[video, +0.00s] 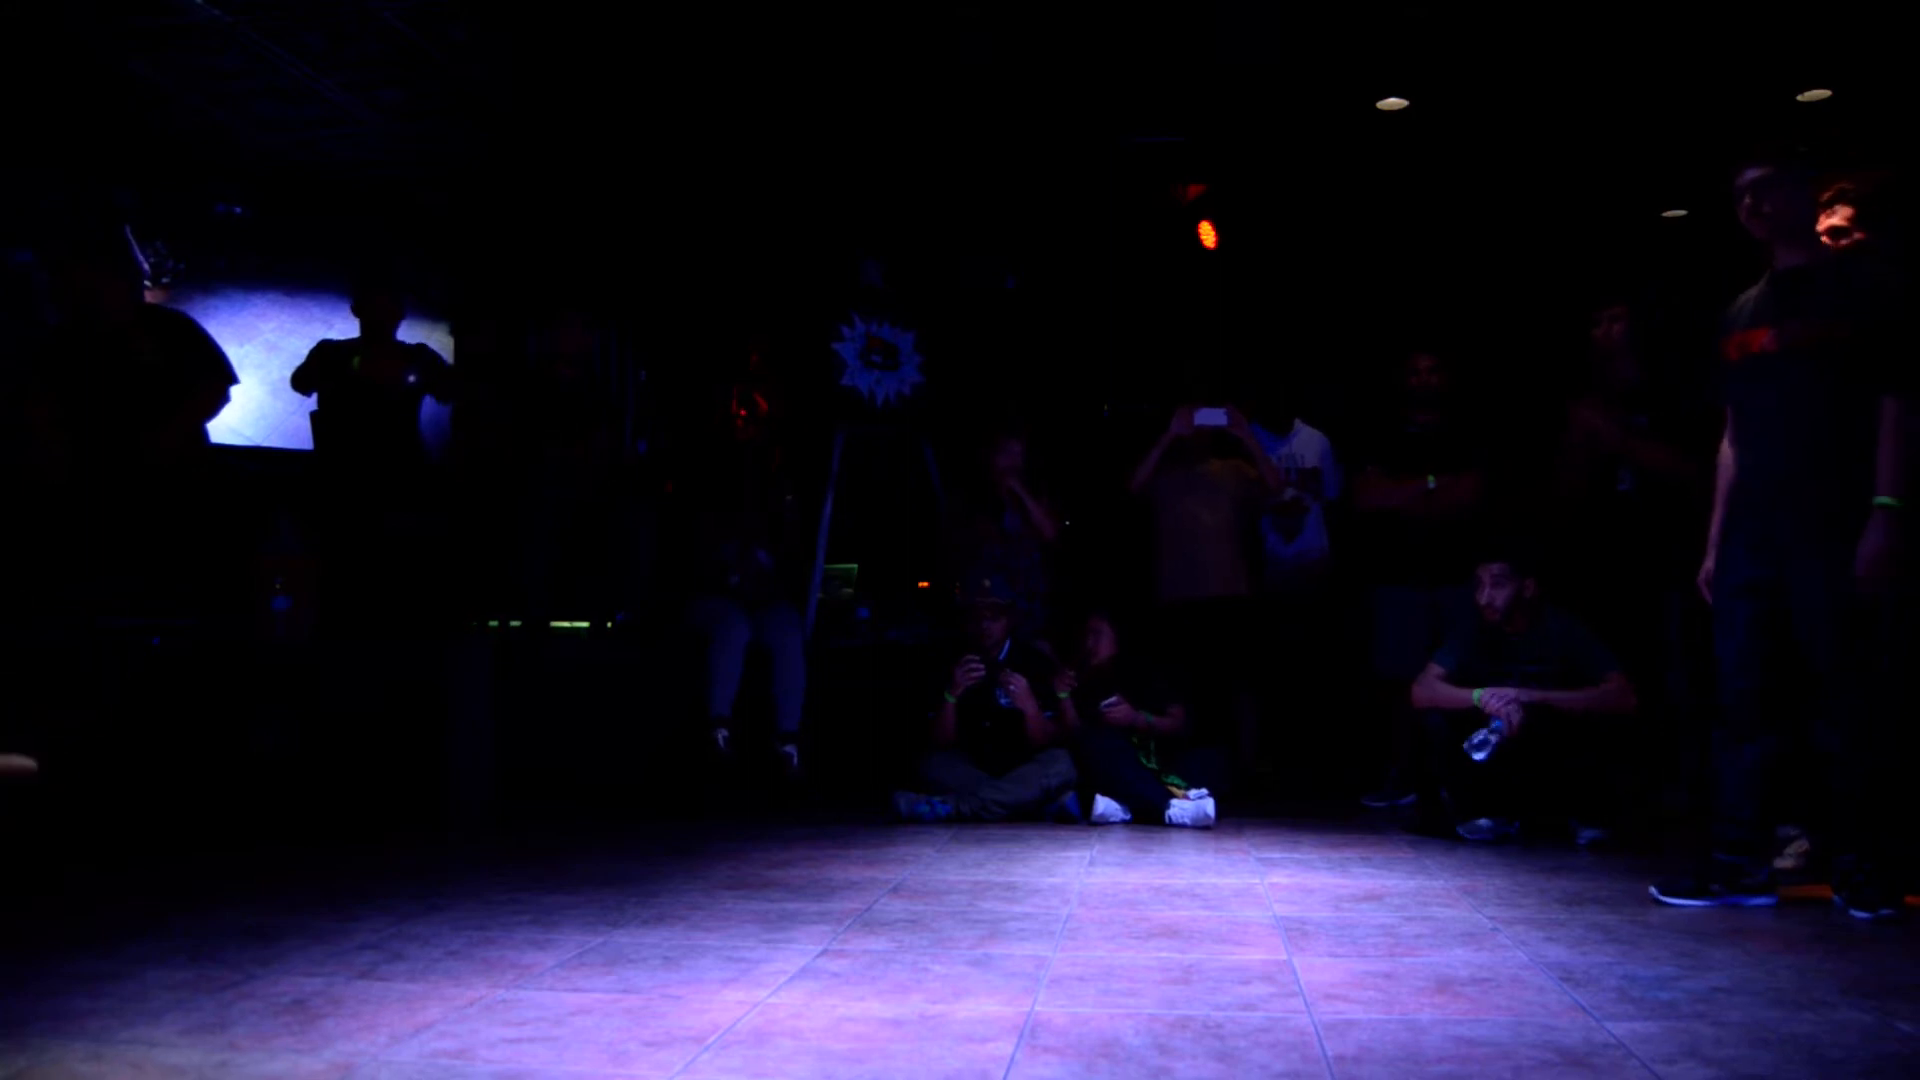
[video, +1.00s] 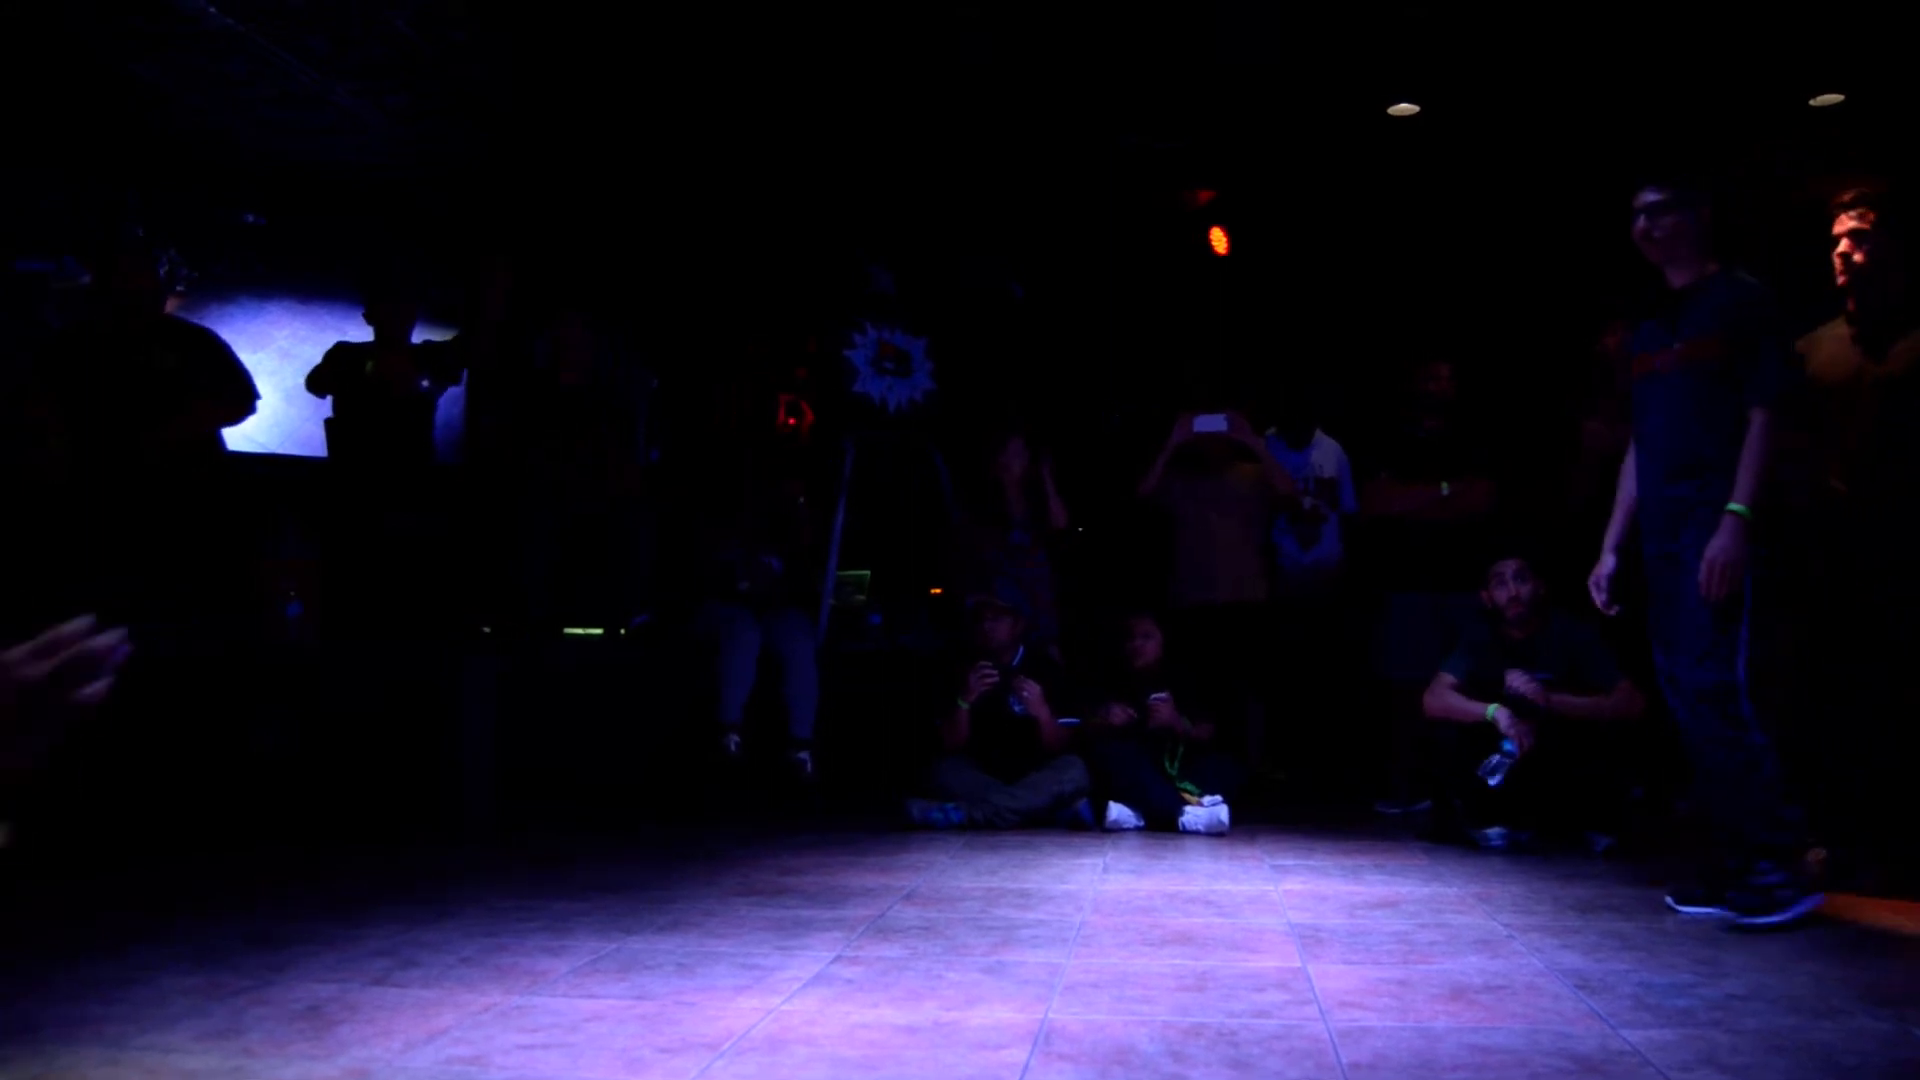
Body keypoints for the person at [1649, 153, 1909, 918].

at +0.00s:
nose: (1753, 208)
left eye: (1767, 192)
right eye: (1745, 197)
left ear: (1807, 195)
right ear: (1743, 212)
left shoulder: (1861, 281)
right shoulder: (1747, 310)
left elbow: (1893, 407)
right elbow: (1734, 437)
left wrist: (1885, 513)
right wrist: (1716, 544)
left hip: (1839, 522)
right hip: (1760, 525)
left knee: (1851, 696)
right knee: (1748, 692)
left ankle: (1867, 870)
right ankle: (1741, 861)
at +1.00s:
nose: (1647, 226)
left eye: (1661, 211)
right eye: (1639, 215)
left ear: (1697, 216)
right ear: (1636, 229)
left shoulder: (1742, 302)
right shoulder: (1652, 320)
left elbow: (1764, 420)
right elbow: (1643, 442)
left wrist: (1736, 521)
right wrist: (1612, 546)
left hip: (1718, 529)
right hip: (1663, 532)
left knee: (1717, 691)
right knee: (1687, 692)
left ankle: (1774, 873)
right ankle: (1730, 869)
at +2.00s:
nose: (1583, 225)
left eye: (1598, 211)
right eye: (1581, 213)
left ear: (1642, 217)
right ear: (1609, 226)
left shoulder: (1653, 299)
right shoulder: (1647, 297)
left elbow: (1632, 425)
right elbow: (1640, 424)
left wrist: (1580, 526)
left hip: (1649, 520)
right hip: (1657, 514)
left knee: (1638, 684)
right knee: (1672, 675)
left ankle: (1644, 857)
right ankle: (1755, 816)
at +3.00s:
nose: (1492, 240)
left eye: (1508, 229)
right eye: (1489, 230)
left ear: (1543, 240)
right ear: (1487, 245)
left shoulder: (1571, 319)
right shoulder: (1495, 338)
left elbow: (1586, 431)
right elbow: (1475, 456)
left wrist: (1565, 529)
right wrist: (1440, 546)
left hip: (1545, 543)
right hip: (1489, 549)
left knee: (1579, 699)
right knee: (1510, 697)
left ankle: (1637, 850)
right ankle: (1519, 839)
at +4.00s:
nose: (1470, 252)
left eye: (1483, 241)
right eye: (1461, 243)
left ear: (1512, 254)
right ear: (1451, 261)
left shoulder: (1551, 336)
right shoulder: (1433, 355)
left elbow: (1579, 439)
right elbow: (1421, 456)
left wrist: (1584, 529)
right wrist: (1405, 549)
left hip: (1546, 542)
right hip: (1470, 550)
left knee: (1594, 688)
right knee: (1497, 695)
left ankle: (1638, 838)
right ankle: (1518, 838)